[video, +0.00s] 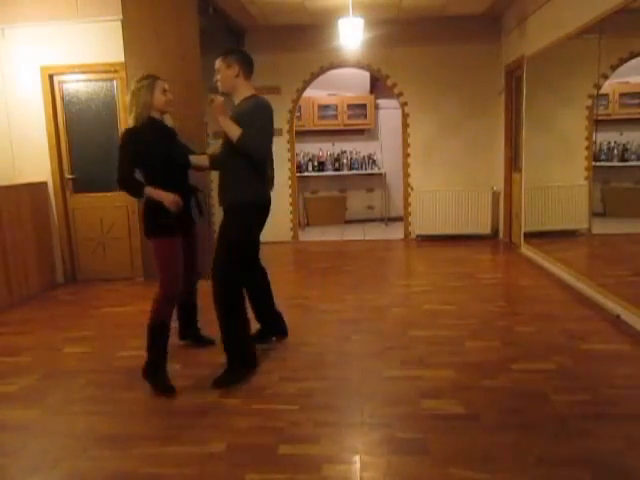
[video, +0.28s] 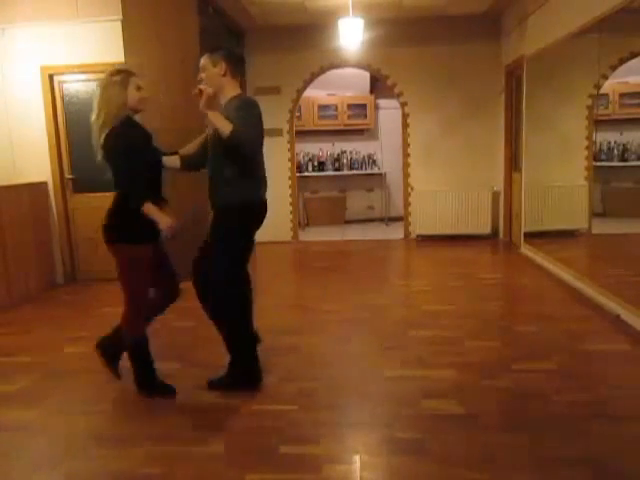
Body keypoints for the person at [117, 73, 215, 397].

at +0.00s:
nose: (170, 97)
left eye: (169, 91)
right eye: (163, 92)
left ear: (161, 97)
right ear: (146, 97)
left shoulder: (167, 131)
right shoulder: (135, 135)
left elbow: (181, 162)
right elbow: (125, 180)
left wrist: (214, 163)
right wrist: (159, 195)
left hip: (184, 212)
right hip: (161, 216)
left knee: (189, 275)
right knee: (170, 286)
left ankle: (189, 328)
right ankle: (155, 365)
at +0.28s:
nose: (144, 93)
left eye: (142, 88)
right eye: (137, 89)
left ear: (127, 94)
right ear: (119, 94)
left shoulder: (134, 129)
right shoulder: (121, 133)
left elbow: (164, 161)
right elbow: (129, 187)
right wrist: (158, 215)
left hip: (141, 225)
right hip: (127, 227)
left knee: (168, 290)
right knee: (137, 300)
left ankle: (115, 342)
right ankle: (145, 377)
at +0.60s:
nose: (126, 90)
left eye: (124, 84)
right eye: (119, 85)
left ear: (107, 90)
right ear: (100, 91)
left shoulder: (115, 128)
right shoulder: (98, 135)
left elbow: (136, 156)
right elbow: (103, 192)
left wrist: (168, 152)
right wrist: (127, 231)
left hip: (114, 227)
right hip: (108, 229)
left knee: (106, 302)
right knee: (155, 293)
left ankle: (86, 375)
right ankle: (148, 366)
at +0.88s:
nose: (124, 88)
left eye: (123, 83)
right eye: (118, 83)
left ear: (105, 87)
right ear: (98, 88)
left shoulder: (116, 125)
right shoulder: (87, 129)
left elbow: (132, 167)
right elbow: (75, 182)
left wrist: (167, 170)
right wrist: (120, 205)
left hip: (126, 221)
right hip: (108, 225)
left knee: (142, 294)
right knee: (141, 297)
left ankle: (101, 357)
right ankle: (128, 372)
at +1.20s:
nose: (117, 85)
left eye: (115, 79)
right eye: (110, 80)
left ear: (99, 86)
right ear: (91, 87)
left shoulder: (110, 126)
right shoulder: (89, 131)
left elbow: (127, 161)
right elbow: (87, 184)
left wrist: (168, 131)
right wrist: (132, 176)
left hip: (120, 222)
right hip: (102, 226)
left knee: (133, 298)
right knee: (119, 300)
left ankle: (100, 361)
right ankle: (126, 373)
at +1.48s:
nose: (111, 90)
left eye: (109, 84)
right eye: (105, 84)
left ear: (84, 92)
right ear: (86, 91)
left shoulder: (94, 130)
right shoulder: (88, 133)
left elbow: (107, 175)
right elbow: (98, 187)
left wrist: (143, 149)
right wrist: (133, 176)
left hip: (95, 230)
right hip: (100, 233)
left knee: (98, 303)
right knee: (142, 296)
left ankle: (88, 377)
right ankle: (106, 372)